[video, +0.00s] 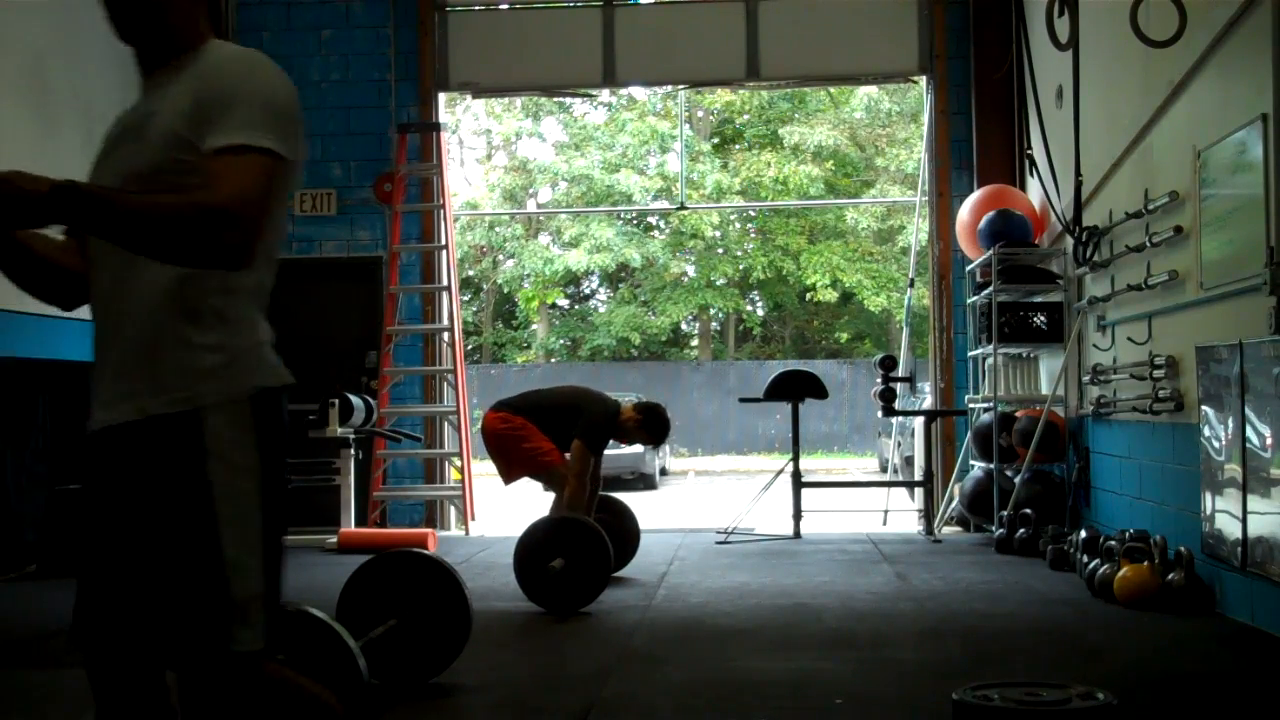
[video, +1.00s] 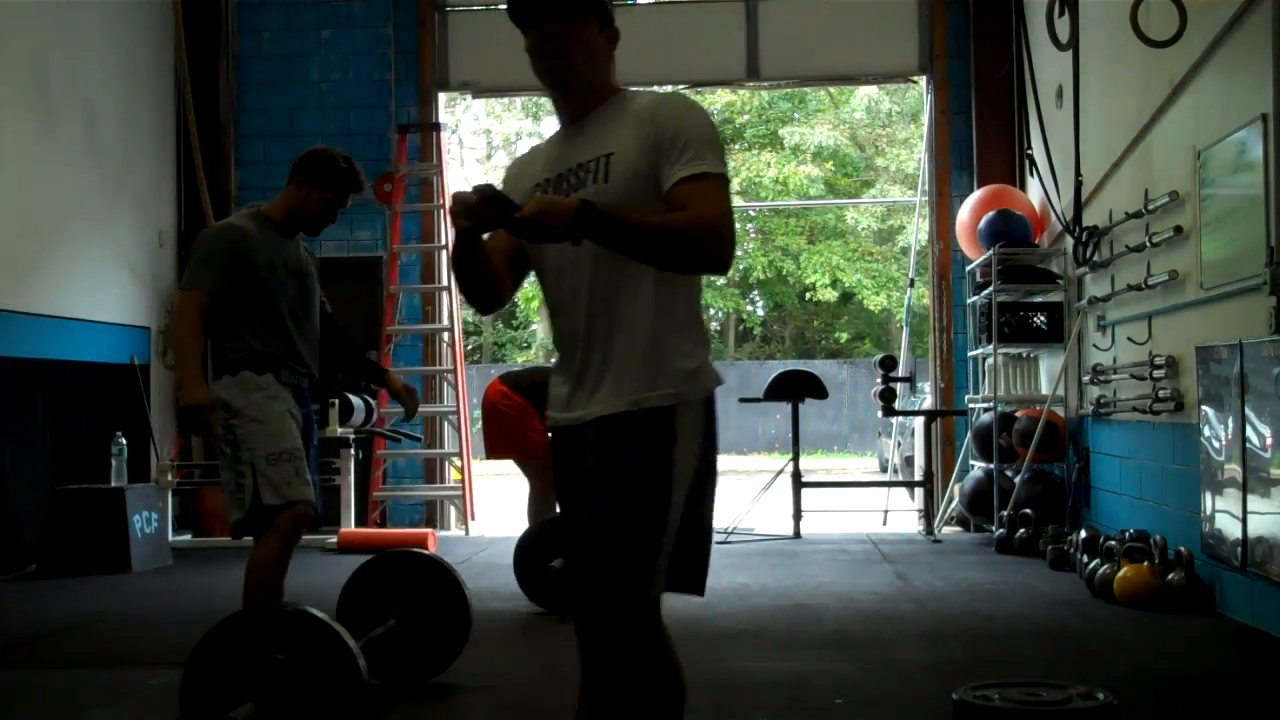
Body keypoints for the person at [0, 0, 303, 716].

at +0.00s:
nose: (116, 8)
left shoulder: (244, 77)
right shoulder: (129, 125)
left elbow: (233, 227)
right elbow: (75, 282)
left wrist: (61, 199)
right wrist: (1, 231)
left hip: (219, 405)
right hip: (131, 410)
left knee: (219, 638)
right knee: (122, 634)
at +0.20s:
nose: (253, 21)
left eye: (271, 3)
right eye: (245, 7)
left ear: (316, 6)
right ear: (230, 17)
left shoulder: (376, 105)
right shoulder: (218, 139)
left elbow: (409, 266)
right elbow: (195, 298)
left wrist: (241, 239)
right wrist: (135, 250)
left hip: (355, 427)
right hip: (243, 436)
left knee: (371, 657)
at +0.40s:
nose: (367, 13)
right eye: (359, 1)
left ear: (422, 2)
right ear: (340, 10)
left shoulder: (484, 101)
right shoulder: (312, 121)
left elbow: (529, 264)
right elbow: (282, 271)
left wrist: (385, 244)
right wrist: (249, 223)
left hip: (444, 422)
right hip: (324, 425)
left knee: (447, 657)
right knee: (282, 643)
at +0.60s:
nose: (453, 19)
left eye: (472, 3)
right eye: (442, 4)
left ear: (511, 8)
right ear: (425, 15)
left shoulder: (567, 116)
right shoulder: (393, 132)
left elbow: (610, 268)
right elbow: (351, 289)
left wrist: (476, 236)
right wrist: (345, 240)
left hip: (514, 415)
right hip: (408, 423)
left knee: (496, 651)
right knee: (387, 639)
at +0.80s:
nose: (503, 41)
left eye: (522, 22)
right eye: (491, 27)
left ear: (567, 30)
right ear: (479, 41)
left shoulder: (625, 132)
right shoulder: (468, 167)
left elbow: (664, 266)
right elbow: (416, 292)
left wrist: (535, 227)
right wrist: (409, 228)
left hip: (594, 414)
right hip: (506, 421)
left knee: (579, 632)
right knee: (534, 629)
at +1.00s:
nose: (546, 47)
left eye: (563, 29)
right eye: (534, 36)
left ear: (609, 35)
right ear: (526, 48)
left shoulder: (668, 117)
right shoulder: (528, 172)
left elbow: (713, 244)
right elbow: (489, 296)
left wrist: (582, 218)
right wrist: (465, 236)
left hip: (660, 399)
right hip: (576, 408)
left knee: (625, 613)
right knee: (602, 616)